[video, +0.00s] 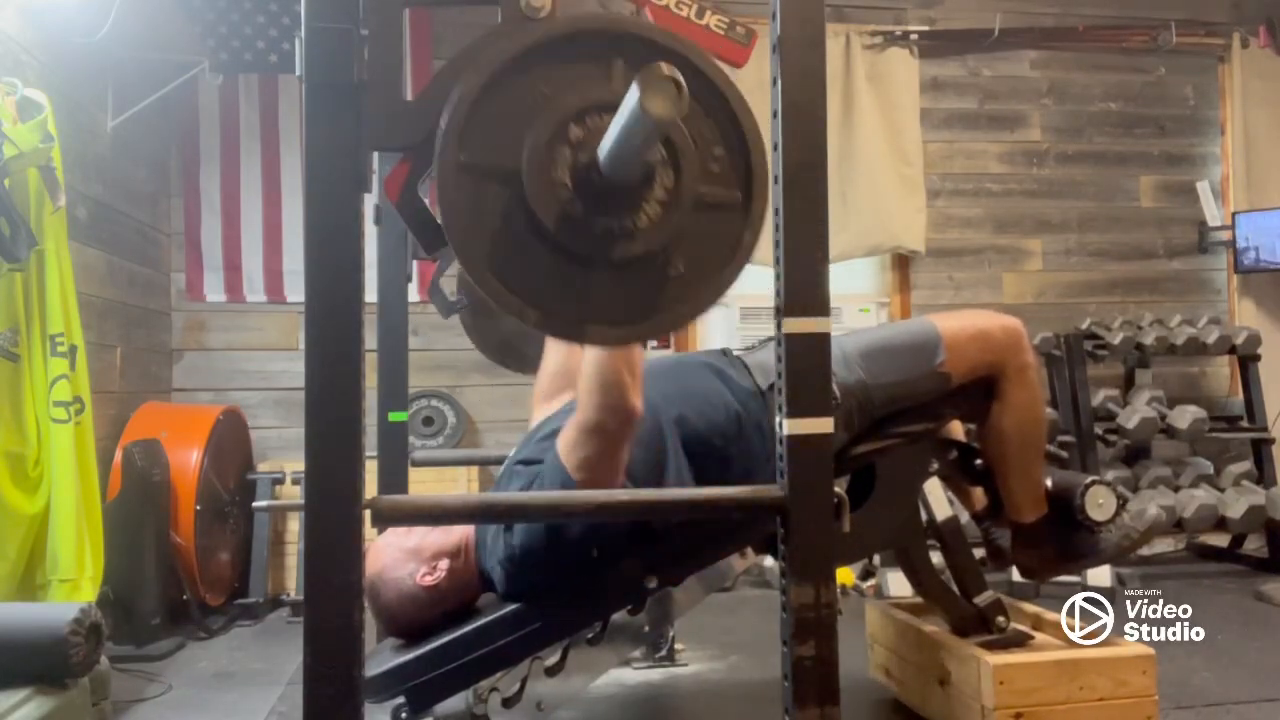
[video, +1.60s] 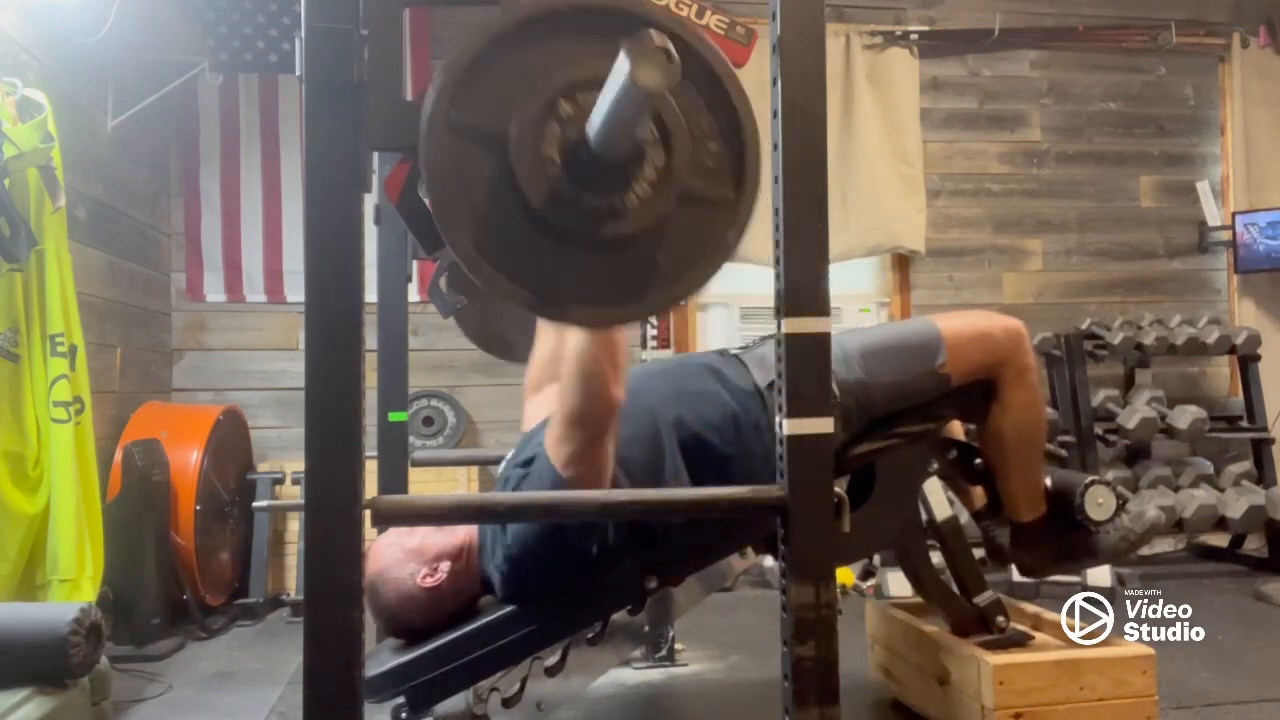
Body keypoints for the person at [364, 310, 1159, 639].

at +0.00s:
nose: (413, 532)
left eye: (396, 536)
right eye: (411, 551)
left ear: (426, 544)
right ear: (445, 576)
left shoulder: (507, 493)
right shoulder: (530, 552)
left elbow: (564, 374)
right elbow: (611, 408)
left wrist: (569, 226)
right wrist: (603, 246)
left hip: (738, 375)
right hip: (769, 423)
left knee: (954, 330)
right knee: (1002, 340)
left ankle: (990, 489)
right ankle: (1034, 532)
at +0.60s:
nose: (417, 531)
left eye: (400, 535)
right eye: (414, 550)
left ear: (427, 541)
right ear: (446, 578)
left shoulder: (502, 496)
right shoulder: (529, 549)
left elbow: (625, 427)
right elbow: (661, 456)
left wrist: (613, 314)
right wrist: (640, 316)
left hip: (748, 378)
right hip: (767, 430)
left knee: (960, 329)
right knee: (1004, 343)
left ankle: (988, 479)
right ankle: (1034, 527)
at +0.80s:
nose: (417, 530)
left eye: (399, 535)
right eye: (417, 549)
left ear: (425, 545)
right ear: (446, 577)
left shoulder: (494, 499)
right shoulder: (528, 545)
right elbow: (672, 529)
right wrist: (691, 399)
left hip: (712, 388)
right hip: (748, 437)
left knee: (936, 322)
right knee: (1002, 341)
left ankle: (980, 469)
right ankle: (1033, 526)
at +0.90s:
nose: (419, 529)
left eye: (401, 534)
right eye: (418, 547)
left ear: (428, 549)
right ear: (447, 575)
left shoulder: (496, 499)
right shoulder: (533, 541)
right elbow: (690, 539)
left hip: (706, 394)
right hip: (752, 434)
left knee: (900, 314)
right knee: (1001, 339)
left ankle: (978, 471)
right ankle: (1032, 526)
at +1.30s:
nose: (421, 530)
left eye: (404, 535)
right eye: (419, 548)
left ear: (428, 543)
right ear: (448, 576)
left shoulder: (500, 497)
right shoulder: (527, 546)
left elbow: (605, 420)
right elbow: (659, 499)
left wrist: (657, 321)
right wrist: (669, 365)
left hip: (735, 375)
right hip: (757, 428)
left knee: (953, 326)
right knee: (1004, 341)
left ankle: (986, 472)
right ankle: (1033, 527)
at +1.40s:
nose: (420, 530)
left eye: (402, 534)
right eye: (417, 548)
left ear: (429, 544)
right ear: (447, 576)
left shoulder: (503, 493)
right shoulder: (526, 547)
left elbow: (630, 432)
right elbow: (654, 463)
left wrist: (609, 312)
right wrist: (635, 325)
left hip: (745, 372)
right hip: (766, 424)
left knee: (960, 327)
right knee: (1005, 341)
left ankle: (982, 476)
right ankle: (1032, 528)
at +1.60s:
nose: (415, 530)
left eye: (398, 533)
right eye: (411, 548)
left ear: (427, 541)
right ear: (444, 578)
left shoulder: (505, 493)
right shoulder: (528, 559)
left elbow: (556, 379)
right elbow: (591, 399)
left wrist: (567, 213)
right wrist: (591, 228)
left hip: (748, 373)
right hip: (772, 423)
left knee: (957, 329)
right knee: (1004, 341)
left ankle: (980, 477)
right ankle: (1031, 527)